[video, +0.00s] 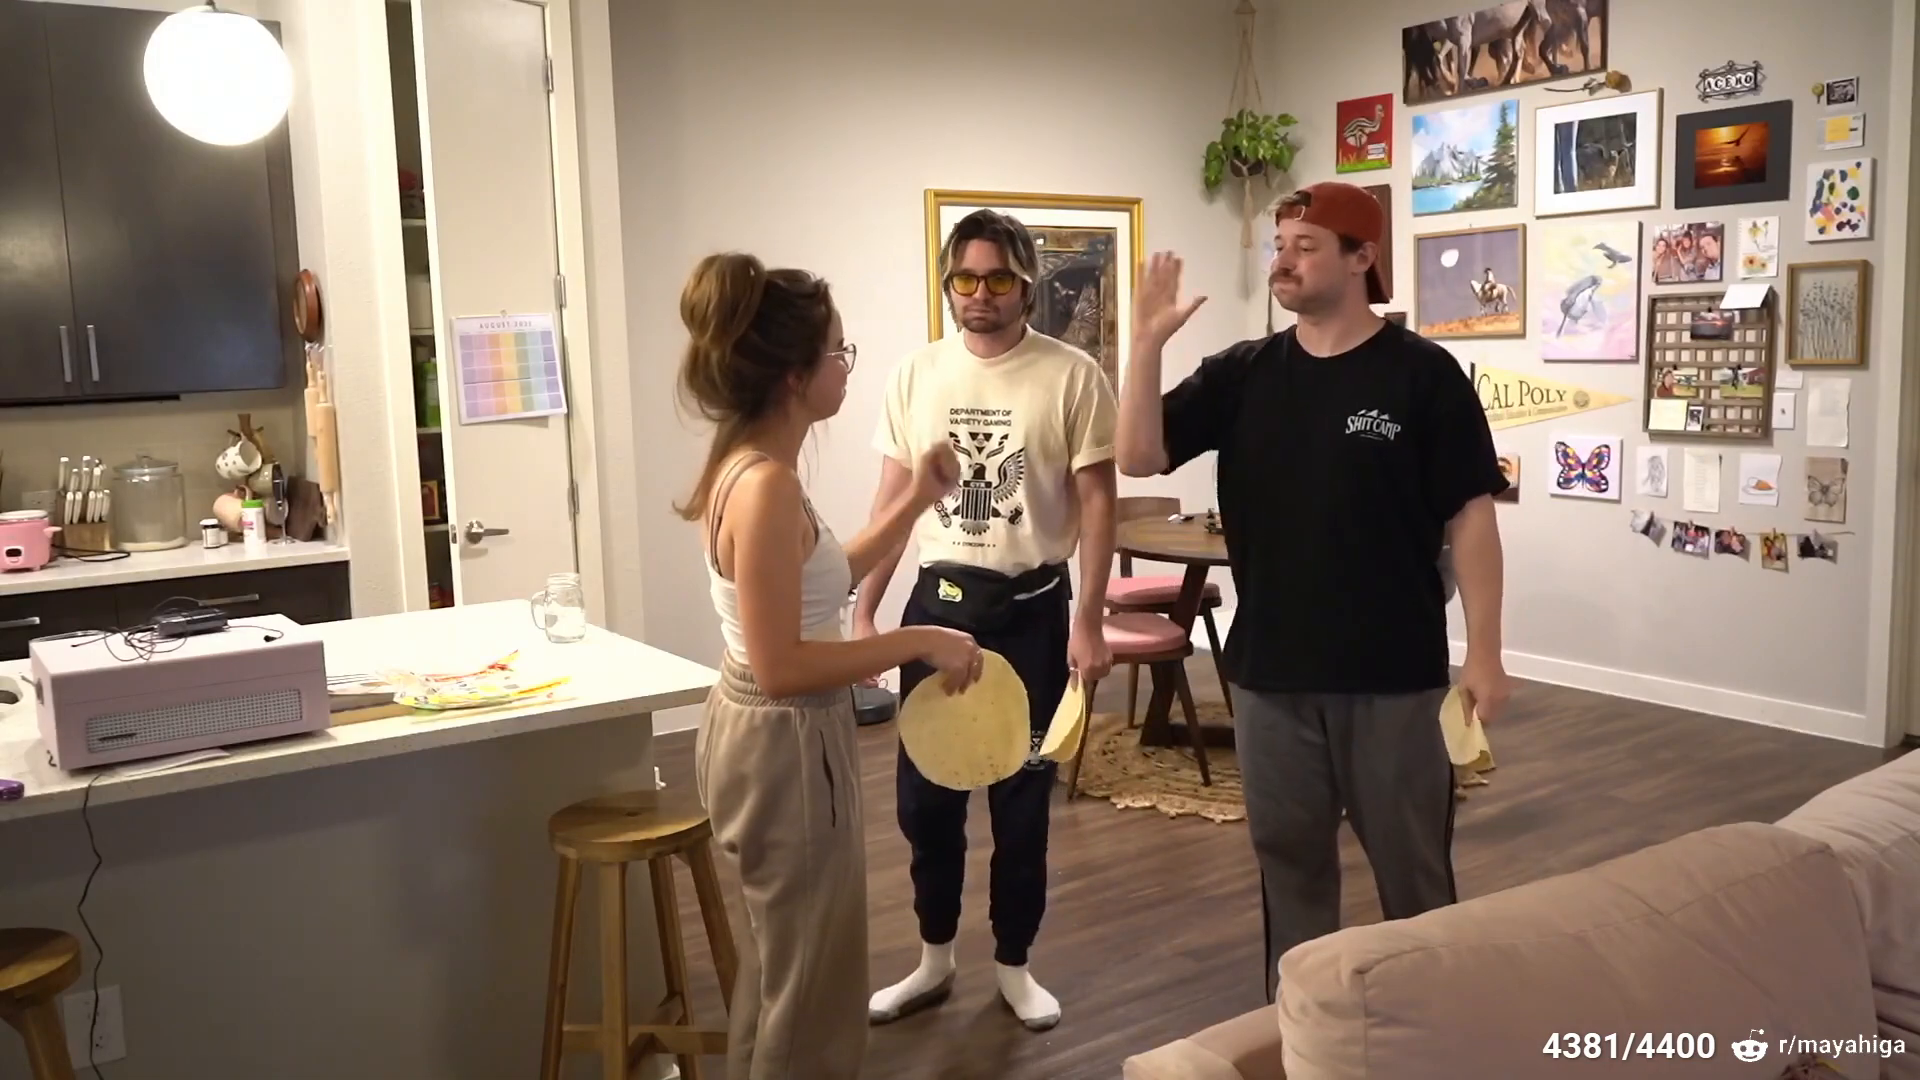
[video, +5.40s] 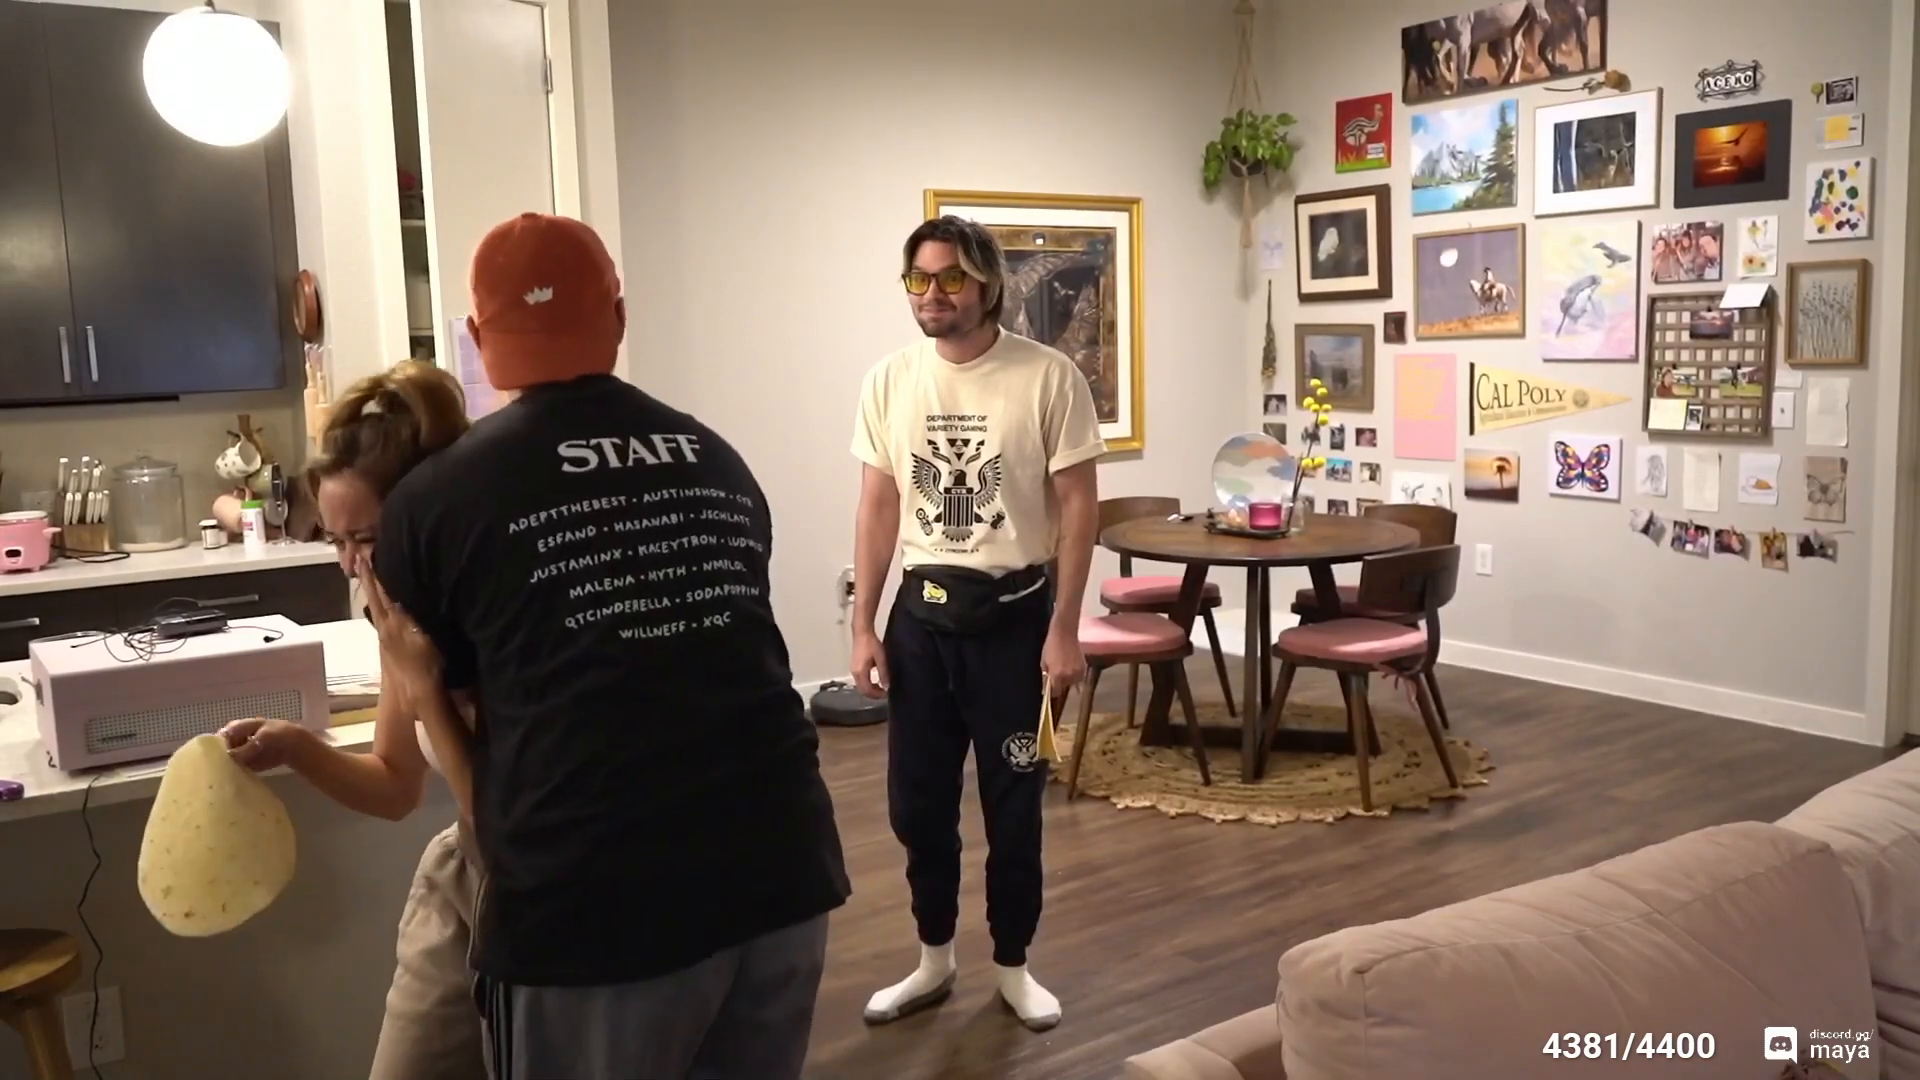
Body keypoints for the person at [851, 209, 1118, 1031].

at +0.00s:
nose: (977, 294)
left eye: (996, 280)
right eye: (964, 279)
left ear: (1027, 285)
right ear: (949, 283)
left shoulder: (1074, 376)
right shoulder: (917, 374)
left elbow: (1097, 502)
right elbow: (893, 506)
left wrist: (1087, 618)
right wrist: (861, 618)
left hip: (1035, 605)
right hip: (936, 603)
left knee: (1023, 796)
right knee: (927, 795)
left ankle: (1014, 967)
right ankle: (936, 957)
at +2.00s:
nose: (939, 297)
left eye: (956, 281)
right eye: (924, 283)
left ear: (988, 284)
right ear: (907, 290)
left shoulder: (1039, 370)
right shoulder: (891, 373)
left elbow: (1067, 501)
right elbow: (870, 498)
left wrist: (1057, 620)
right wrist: (857, 612)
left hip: (1006, 601)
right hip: (911, 602)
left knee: (1010, 792)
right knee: (913, 789)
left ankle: (1012, 966)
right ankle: (932, 959)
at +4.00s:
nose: (935, 304)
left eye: (952, 288)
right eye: (921, 289)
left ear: (992, 291)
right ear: (907, 294)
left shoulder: (1052, 376)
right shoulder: (891, 381)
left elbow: (1079, 505)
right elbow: (879, 503)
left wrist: (1066, 630)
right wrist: (864, 617)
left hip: (1016, 610)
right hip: (921, 610)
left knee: (1015, 800)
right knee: (926, 797)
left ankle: (1014, 964)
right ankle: (931, 954)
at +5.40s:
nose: (933, 293)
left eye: (951, 279)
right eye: (921, 279)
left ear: (989, 285)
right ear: (906, 289)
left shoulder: (1049, 376)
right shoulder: (890, 380)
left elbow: (1078, 504)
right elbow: (879, 504)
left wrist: (1064, 629)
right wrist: (864, 623)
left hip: (1015, 613)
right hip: (919, 613)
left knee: (1014, 803)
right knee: (919, 804)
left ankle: (1012, 967)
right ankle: (935, 959)